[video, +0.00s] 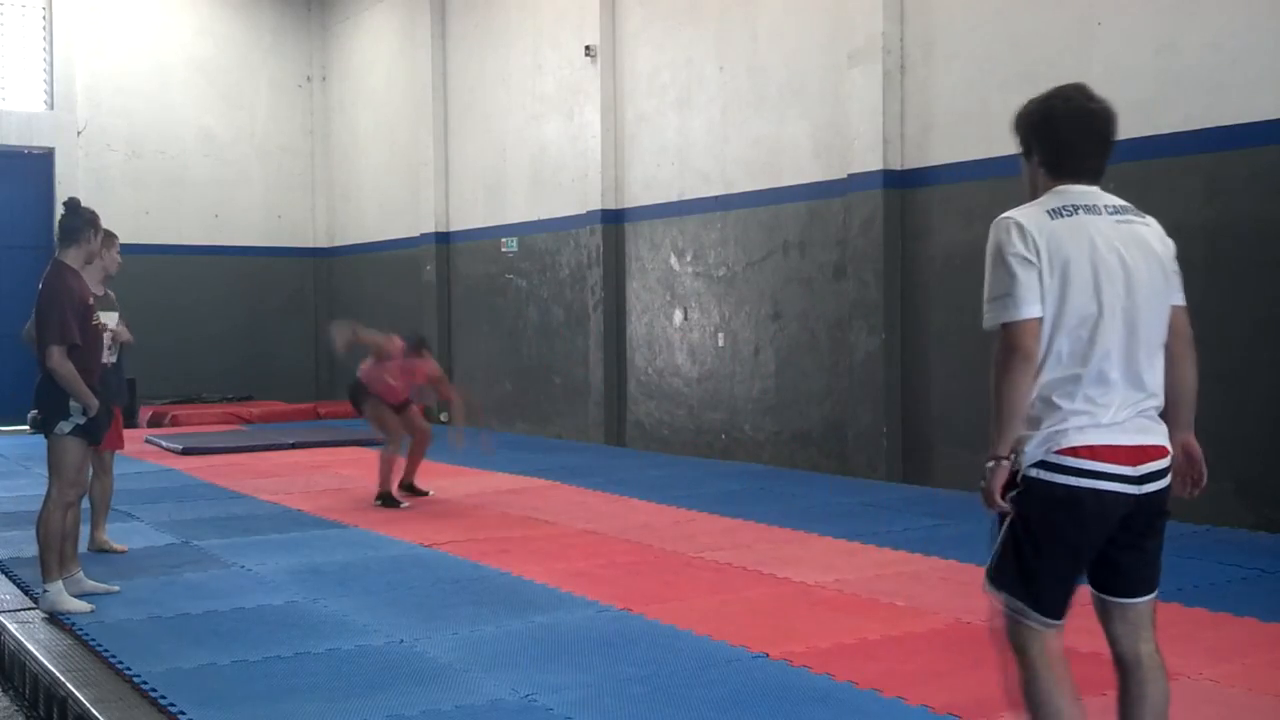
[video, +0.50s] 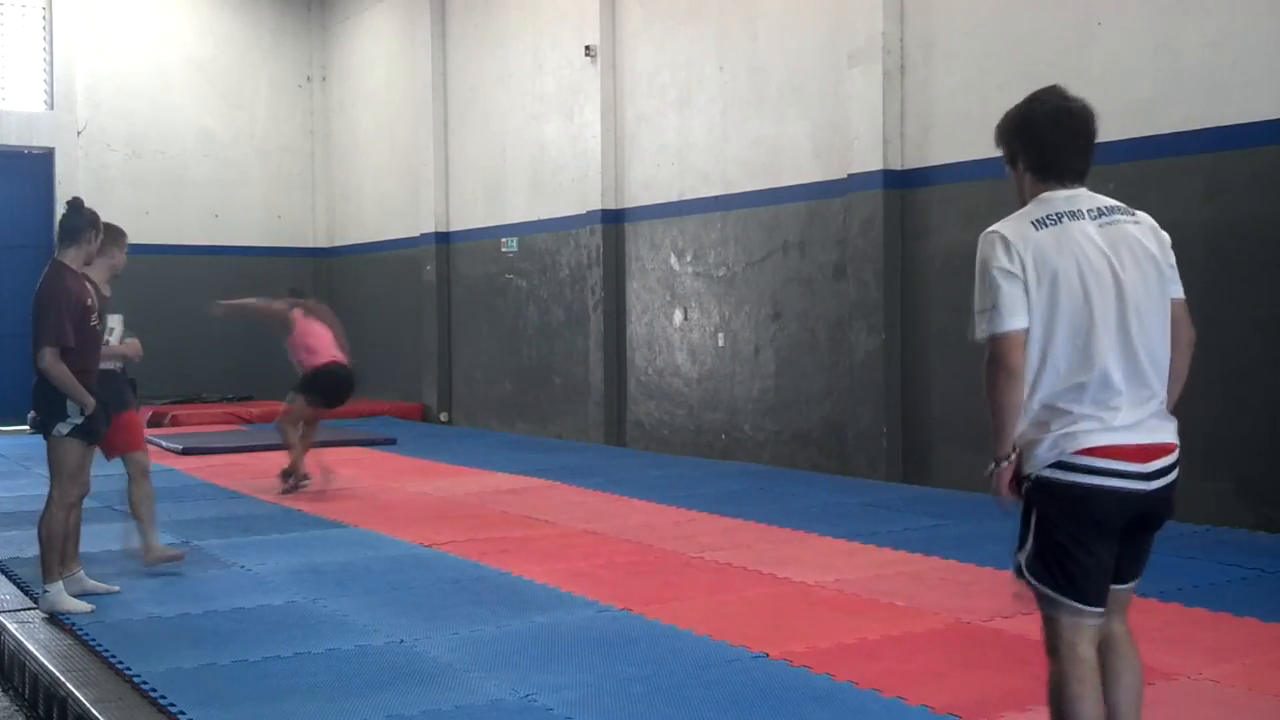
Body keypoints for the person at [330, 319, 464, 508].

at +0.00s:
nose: (413, 363)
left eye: (418, 359)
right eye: (411, 358)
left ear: (424, 356)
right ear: (406, 351)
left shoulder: (430, 367)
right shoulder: (392, 347)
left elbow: (452, 397)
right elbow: (356, 332)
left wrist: (457, 430)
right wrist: (342, 341)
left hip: (397, 398)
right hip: (367, 391)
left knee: (422, 432)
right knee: (395, 434)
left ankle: (407, 482)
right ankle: (384, 492)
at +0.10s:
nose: (368, 329)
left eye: (374, 326)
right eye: (366, 324)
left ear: (385, 321)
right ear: (363, 315)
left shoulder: (400, 335)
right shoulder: (361, 310)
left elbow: (423, 374)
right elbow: (340, 284)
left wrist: (413, 403)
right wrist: (313, 276)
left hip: (386, 386)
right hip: (354, 381)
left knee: (401, 427)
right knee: (356, 426)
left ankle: (404, 482)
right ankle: (362, 486)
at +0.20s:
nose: (334, 303)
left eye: (337, 299)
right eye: (332, 299)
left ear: (347, 294)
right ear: (332, 294)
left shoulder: (369, 312)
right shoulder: (343, 301)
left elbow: (397, 346)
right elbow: (330, 271)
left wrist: (377, 368)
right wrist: (303, 259)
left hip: (372, 376)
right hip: (346, 372)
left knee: (365, 423)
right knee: (328, 414)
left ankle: (371, 481)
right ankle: (340, 473)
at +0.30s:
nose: (310, 295)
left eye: (312, 290)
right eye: (310, 290)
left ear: (319, 288)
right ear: (325, 282)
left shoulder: (336, 300)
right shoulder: (331, 297)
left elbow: (357, 322)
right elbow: (316, 275)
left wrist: (335, 338)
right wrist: (294, 264)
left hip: (355, 378)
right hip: (344, 377)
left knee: (339, 429)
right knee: (312, 413)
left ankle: (350, 486)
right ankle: (318, 470)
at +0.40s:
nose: (294, 300)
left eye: (294, 295)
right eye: (293, 296)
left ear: (299, 292)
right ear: (312, 286)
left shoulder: (318, 303)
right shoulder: (326, 301)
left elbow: (302, 312)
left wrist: (277, 315)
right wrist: (287, 282)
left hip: (340, 375)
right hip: (338, 374)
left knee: (313, 419)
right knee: (312, 418)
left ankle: (338, 477)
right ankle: (299, 464)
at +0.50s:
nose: (276, 314)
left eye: (279, 308)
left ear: (288, 307)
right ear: (305, 306)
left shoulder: (291, 316)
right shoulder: (320, 324)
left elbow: (259, 306)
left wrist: (225, 307)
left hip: (321, 377)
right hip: (343, 378)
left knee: (286, 421)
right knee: (309, 424)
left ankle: (299, 472)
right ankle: (293, 467)